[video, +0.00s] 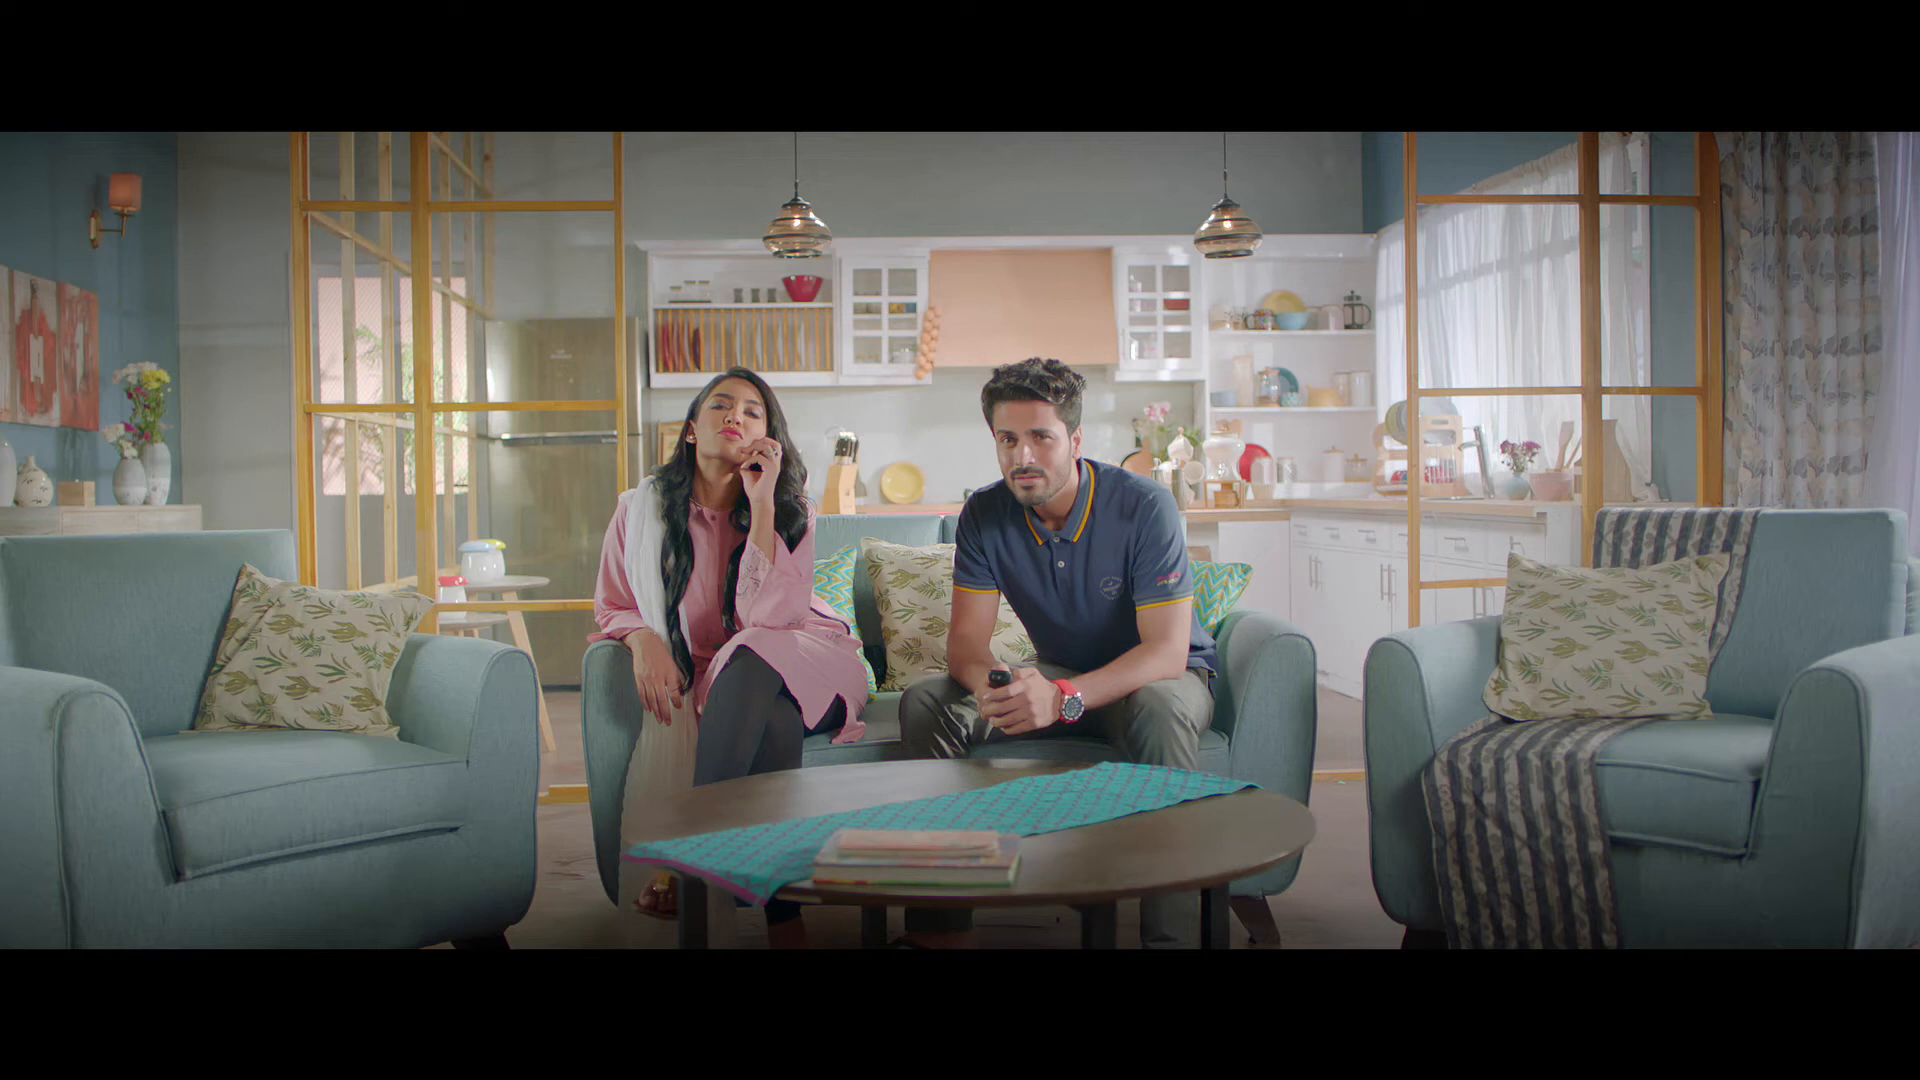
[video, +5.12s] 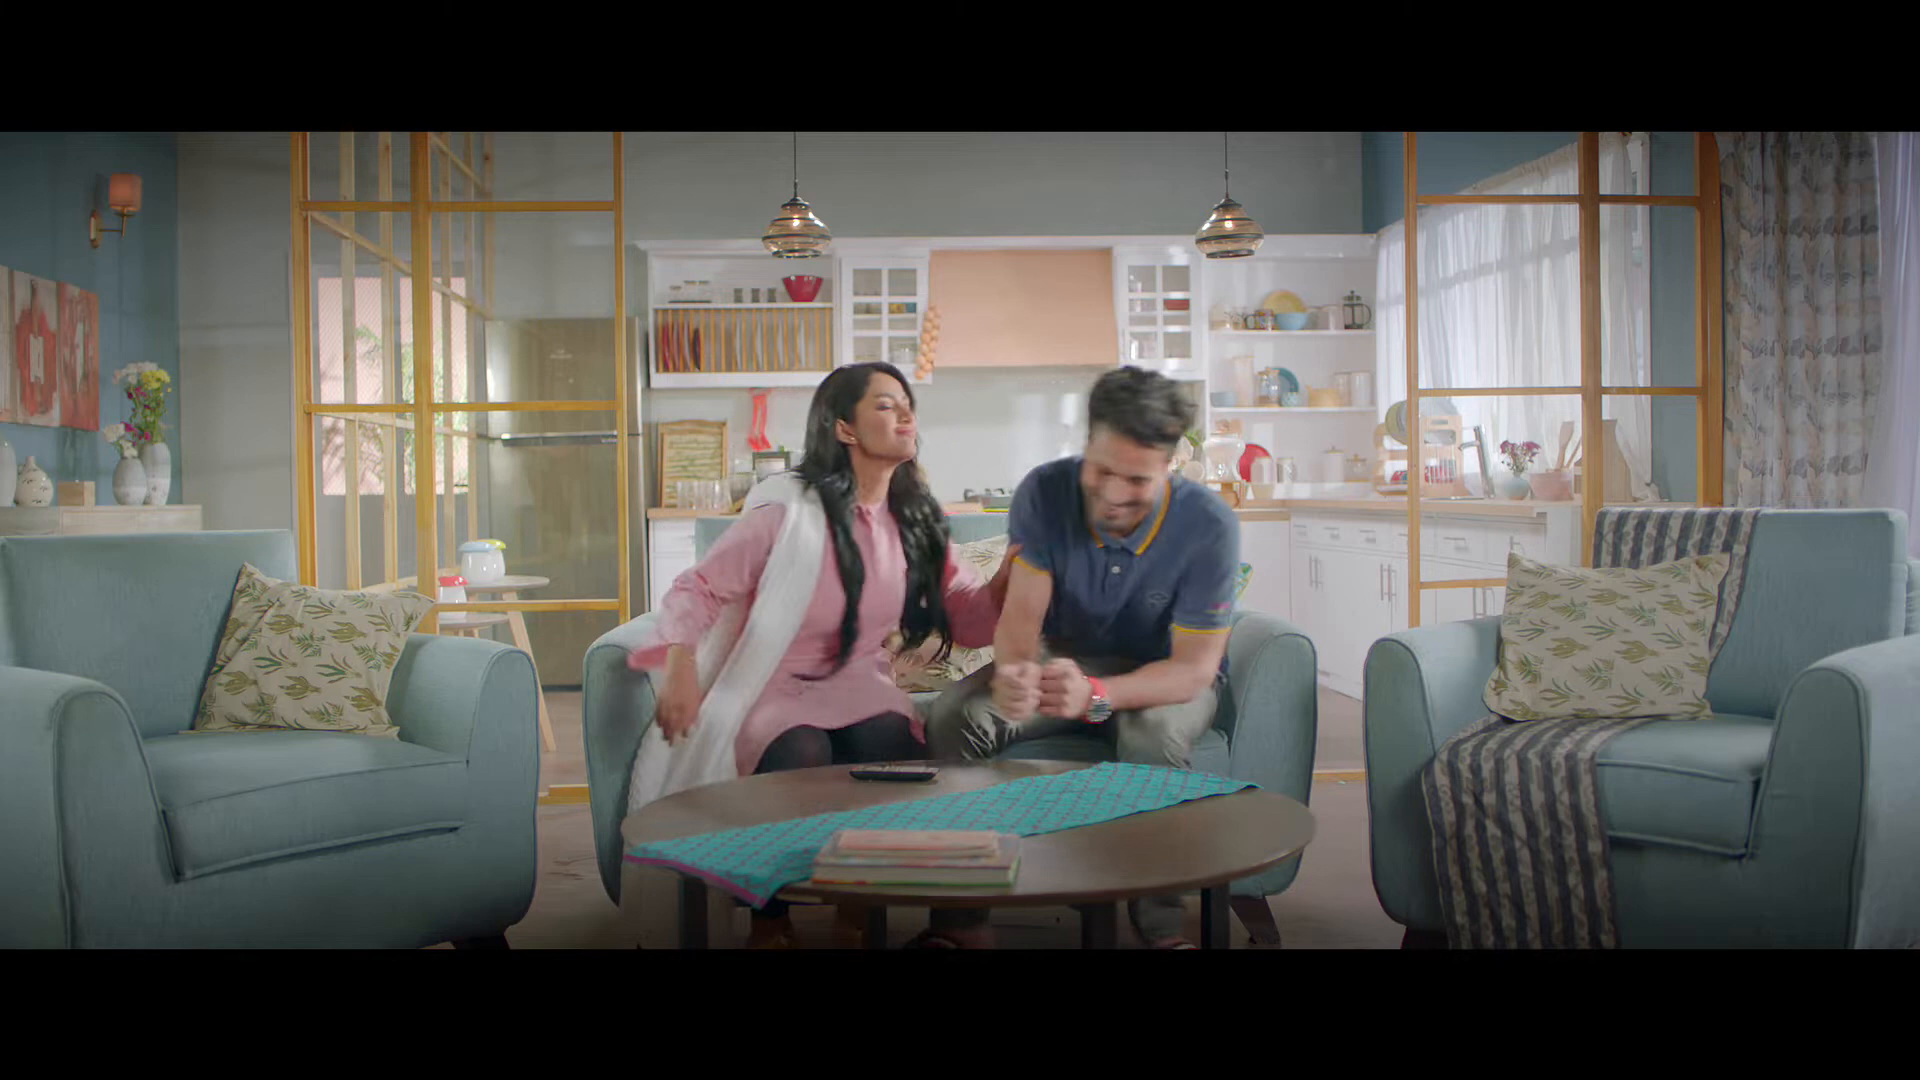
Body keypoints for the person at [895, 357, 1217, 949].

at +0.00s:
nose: (1022, 456)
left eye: (1040, 437)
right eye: (1008, 439)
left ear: (1076, 441)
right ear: (994, 442)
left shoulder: (1143, 507)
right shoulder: (985, 514)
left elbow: (1167, 654)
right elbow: (966, 645)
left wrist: (1065, 698)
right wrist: (997, 687)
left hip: (1154, 680)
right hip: (1056, 681)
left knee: (1160, 707)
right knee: (926, 704)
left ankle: (1170, 936)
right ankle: (938, 922)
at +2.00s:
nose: (1023, 454)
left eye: (1040, 435)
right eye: (1009, 438)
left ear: (1076, 440)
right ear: (995, 443)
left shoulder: (1143, 507)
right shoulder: (985, 515)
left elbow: (1166, 655)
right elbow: (966, 647)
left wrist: (1064, 697)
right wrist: (997, 686)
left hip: (1156, 677)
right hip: (1059, 679)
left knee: (1157, 709)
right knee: (926, 703)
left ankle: (1172, 922)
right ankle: (943, 897)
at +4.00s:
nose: (1002, 459)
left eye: (1019, 449)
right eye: (1007, 442)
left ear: (1073, 463)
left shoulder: (1150, 508)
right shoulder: (990, 514)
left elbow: (1163, 654)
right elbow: (971, 642)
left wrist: (1050, 693)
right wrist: (960, 683)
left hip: (1155, 678)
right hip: (1059, 677)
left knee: (1154, 706)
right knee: (926, 704)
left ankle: (1168, 933)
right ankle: (940, 915)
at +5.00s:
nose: (1049, 486)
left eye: (1069, 474)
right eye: (1040, 465)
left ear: (1116, 459)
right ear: (1035, 442)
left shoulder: (1174, 508)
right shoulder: (1015, 503)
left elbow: (1169, 653)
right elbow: (1000, 619)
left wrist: (1057, 683)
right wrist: (970, 675)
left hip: (1154, 680)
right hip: (1058, 680)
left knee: (1153, 708)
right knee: (936, 705)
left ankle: (1172, 929)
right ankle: (949, 915)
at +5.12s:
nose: (1117, 495)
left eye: (1138, 479)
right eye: (1103, 471)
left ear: (1169, 467)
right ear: (1085, 448)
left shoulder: (1209, 525)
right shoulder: (1044, 492)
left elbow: (1195, 670)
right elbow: (1021, 612)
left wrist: (1096, 693)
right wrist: (1011, 676)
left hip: (1164, 673)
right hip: (1066, 658)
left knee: (1152, 731)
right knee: (954, 715)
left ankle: (1162, 922)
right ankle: (962, 916)